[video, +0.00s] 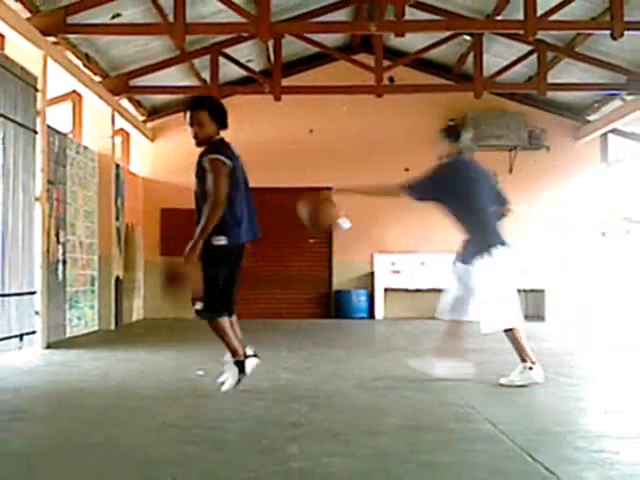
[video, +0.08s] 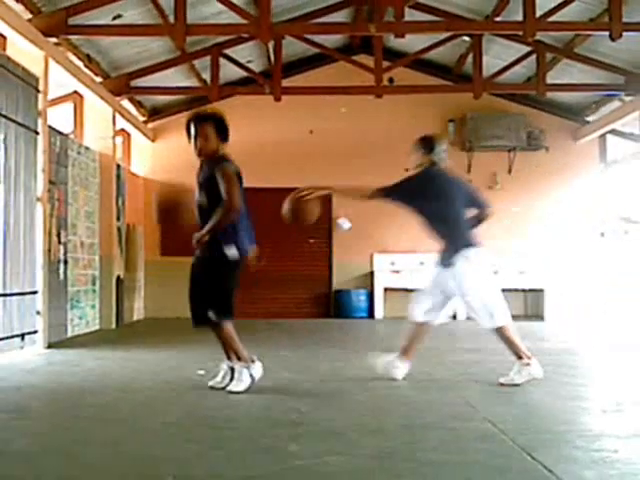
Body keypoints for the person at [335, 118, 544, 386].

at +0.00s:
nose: (444, 146)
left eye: (445, 141)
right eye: (447, 141)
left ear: (448, 142)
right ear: (467, 142)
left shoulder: (448, 171)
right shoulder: (481, 171)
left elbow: (401, 190)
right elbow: (503, 208)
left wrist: (352, 189)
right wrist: (477, 226)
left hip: (487, 251)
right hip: (483, 249)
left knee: (504, 308)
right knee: (459, 305)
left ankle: (530, 364)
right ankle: (447, 358)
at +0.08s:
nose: (412, 158)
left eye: (415, 153)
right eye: (415, 153)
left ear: (422, 155)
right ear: (439, 154)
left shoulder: (418, 181)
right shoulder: (452, 179)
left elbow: (372, 194)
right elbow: (484, 211)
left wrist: (331, 189)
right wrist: (459, 229)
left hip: (462, 258)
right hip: (456, 257)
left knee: (491, 313)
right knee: (423, 311)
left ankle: (527, 362)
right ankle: (401, 363)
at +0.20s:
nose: (391, 168)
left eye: (393, 163)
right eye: (392, 163)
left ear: (401, 164)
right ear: (413, 163)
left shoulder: (401, 189)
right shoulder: (426, 187)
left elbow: (371, 210)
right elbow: (454, 218)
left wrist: (349, 220)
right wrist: (433, 236)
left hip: (426, 263)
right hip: (444, 261)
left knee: (394, 307)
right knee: (450, 320)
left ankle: (389, 362)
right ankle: (506, 347)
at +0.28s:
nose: (371, 171)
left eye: (373, 166)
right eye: (371, 166)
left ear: (380, 166)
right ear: (391, 164)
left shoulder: (389, 190)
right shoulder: (404, 186)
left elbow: (359, 232)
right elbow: (413, 234)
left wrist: (326, 256)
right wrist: (391, 260)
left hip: (412, 260)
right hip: (420, 256)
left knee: (396, 308)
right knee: (386, 306)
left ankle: (455, 342)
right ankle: (389, 361)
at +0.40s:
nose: (355, 171)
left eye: (356, 166)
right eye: (354, 166)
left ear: (365, 164)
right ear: (373, 162)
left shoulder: (378, 186)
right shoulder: (387, 182)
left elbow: (372, 232)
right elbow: (380, 233)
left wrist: (348, 266)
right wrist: (365, 260)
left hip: (403, 253)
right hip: (409, 251)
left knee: (381, 299)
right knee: (390, 303)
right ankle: (408, 354)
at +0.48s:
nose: (344, 172)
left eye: (345, 166)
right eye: (342, 167)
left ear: (354, 163)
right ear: (361, 162)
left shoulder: (372, 184)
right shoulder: (374, 181)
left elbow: (376, 230)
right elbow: (373, 228)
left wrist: (356, 269)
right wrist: (352, 249)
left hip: (392, 253)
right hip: (398, 251)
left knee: (364, 300)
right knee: (381, 305)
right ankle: (387, 358)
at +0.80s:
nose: (335, 167)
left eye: (336, 162)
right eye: (334, 162)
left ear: (344, 160)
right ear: (351, 157)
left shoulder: (362, 181)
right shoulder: (362, 179)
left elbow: (374, 223)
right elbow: (361, 213)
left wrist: (374, 261)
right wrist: (338, 212)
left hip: (361, 259)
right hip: (369, 257)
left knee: (344, 304)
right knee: (373, 305)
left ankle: (344, 357)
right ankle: (389, 350)